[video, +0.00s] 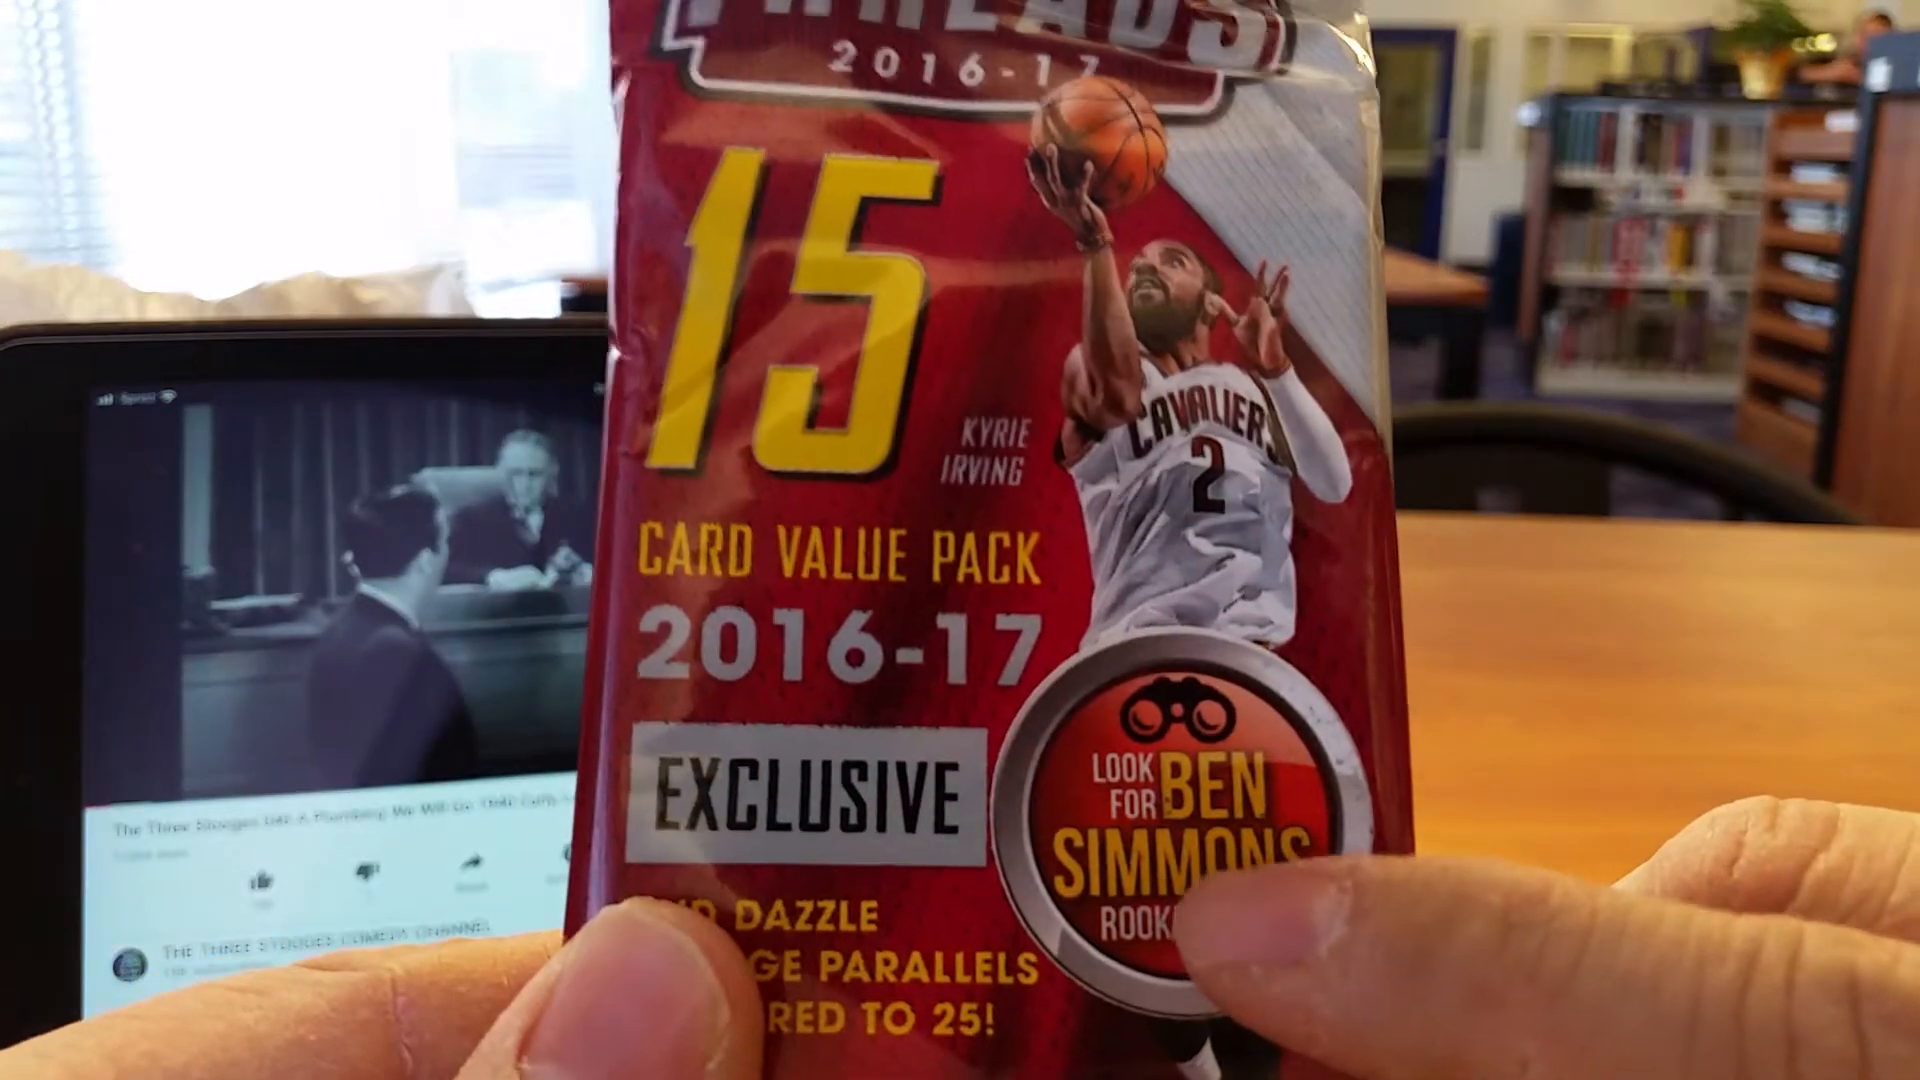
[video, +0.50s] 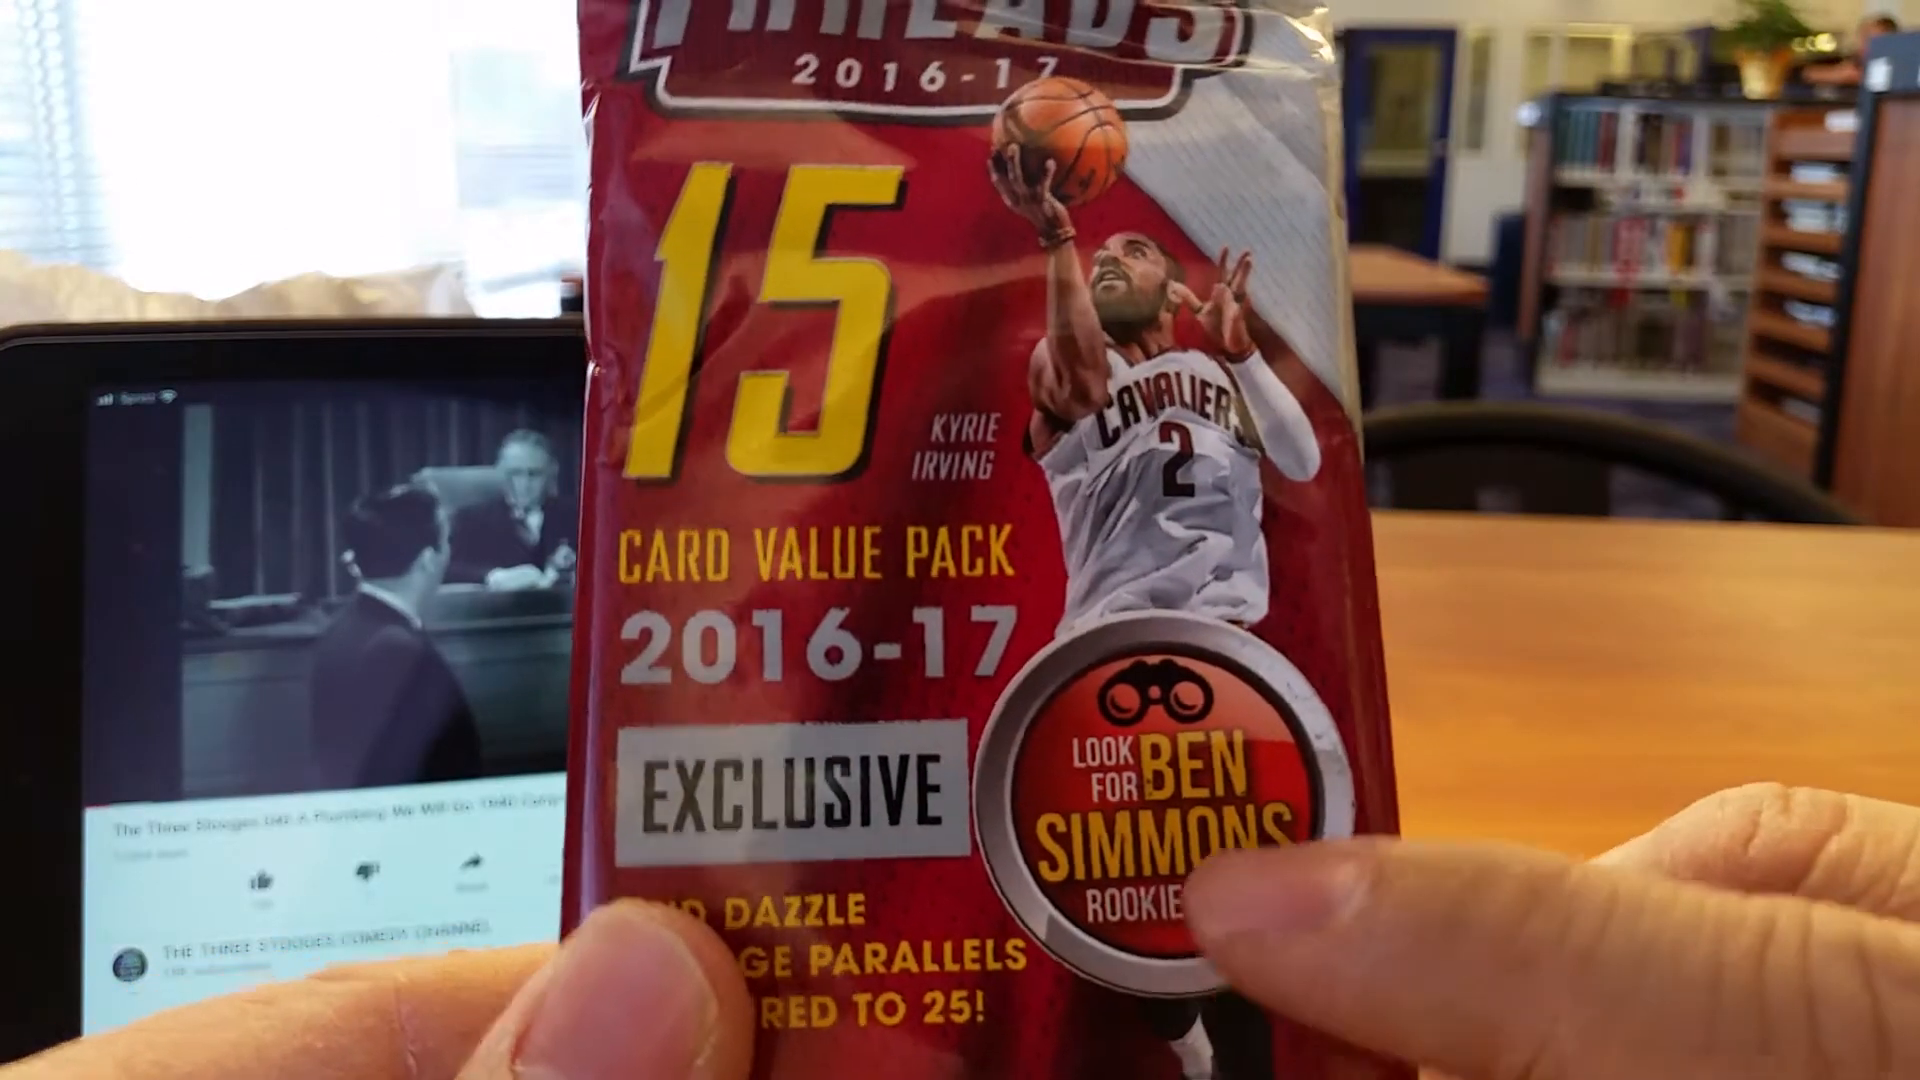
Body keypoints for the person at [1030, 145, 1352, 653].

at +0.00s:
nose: (1146, 269)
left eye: (1174, 261)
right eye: (1136, 268)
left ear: (1213, 307)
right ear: (1124, 302)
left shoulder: (1252, 388)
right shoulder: (1099, 377)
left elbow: (1333, 484)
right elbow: (1117, 393)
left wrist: (1277, 370)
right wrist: (1097, 246)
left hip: (1247, 647)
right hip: (1129, 650)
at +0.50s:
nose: (1108, 259)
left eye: (1136, 252)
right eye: (1098, 259)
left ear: (1176, 296)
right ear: (1087, 296)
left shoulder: (1218, 372)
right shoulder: (1063, 370)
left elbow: (1301, 463)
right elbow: (1083, 383)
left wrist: (1243, 356)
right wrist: (1058, 239)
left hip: (1220, 627)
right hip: (1105, 632)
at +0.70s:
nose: (1068, 327)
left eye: (1092, 313)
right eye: (1058, 325)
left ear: (1136, 350)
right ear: (1046, 356)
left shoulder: (1182, 424)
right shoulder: (1037, 442)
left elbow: (1271, 504)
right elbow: (1051, 439)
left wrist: (1206, 407)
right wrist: (1019, 309)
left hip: (1204, 668)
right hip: (1092, 685)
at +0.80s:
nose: (1068, 373)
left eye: (1089, 363)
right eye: (1058, 372)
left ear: (1129, 394)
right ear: (1053, 401)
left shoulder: (1177, 463)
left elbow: (1260, 533)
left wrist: (1197, 446)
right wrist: (1016, 352)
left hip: (1209, 684)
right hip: (1103, 697)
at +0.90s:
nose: (1088, 409)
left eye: (1108, 402)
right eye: (1077, 407)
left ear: (1142, 433)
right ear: (1067, 430)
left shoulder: (1187, 499)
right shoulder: (1063, 505)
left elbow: (1266, 572)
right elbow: (1064, 478)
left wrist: (1207, 485)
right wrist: (1041, 391)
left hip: (1212, 703)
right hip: (1116, 714)